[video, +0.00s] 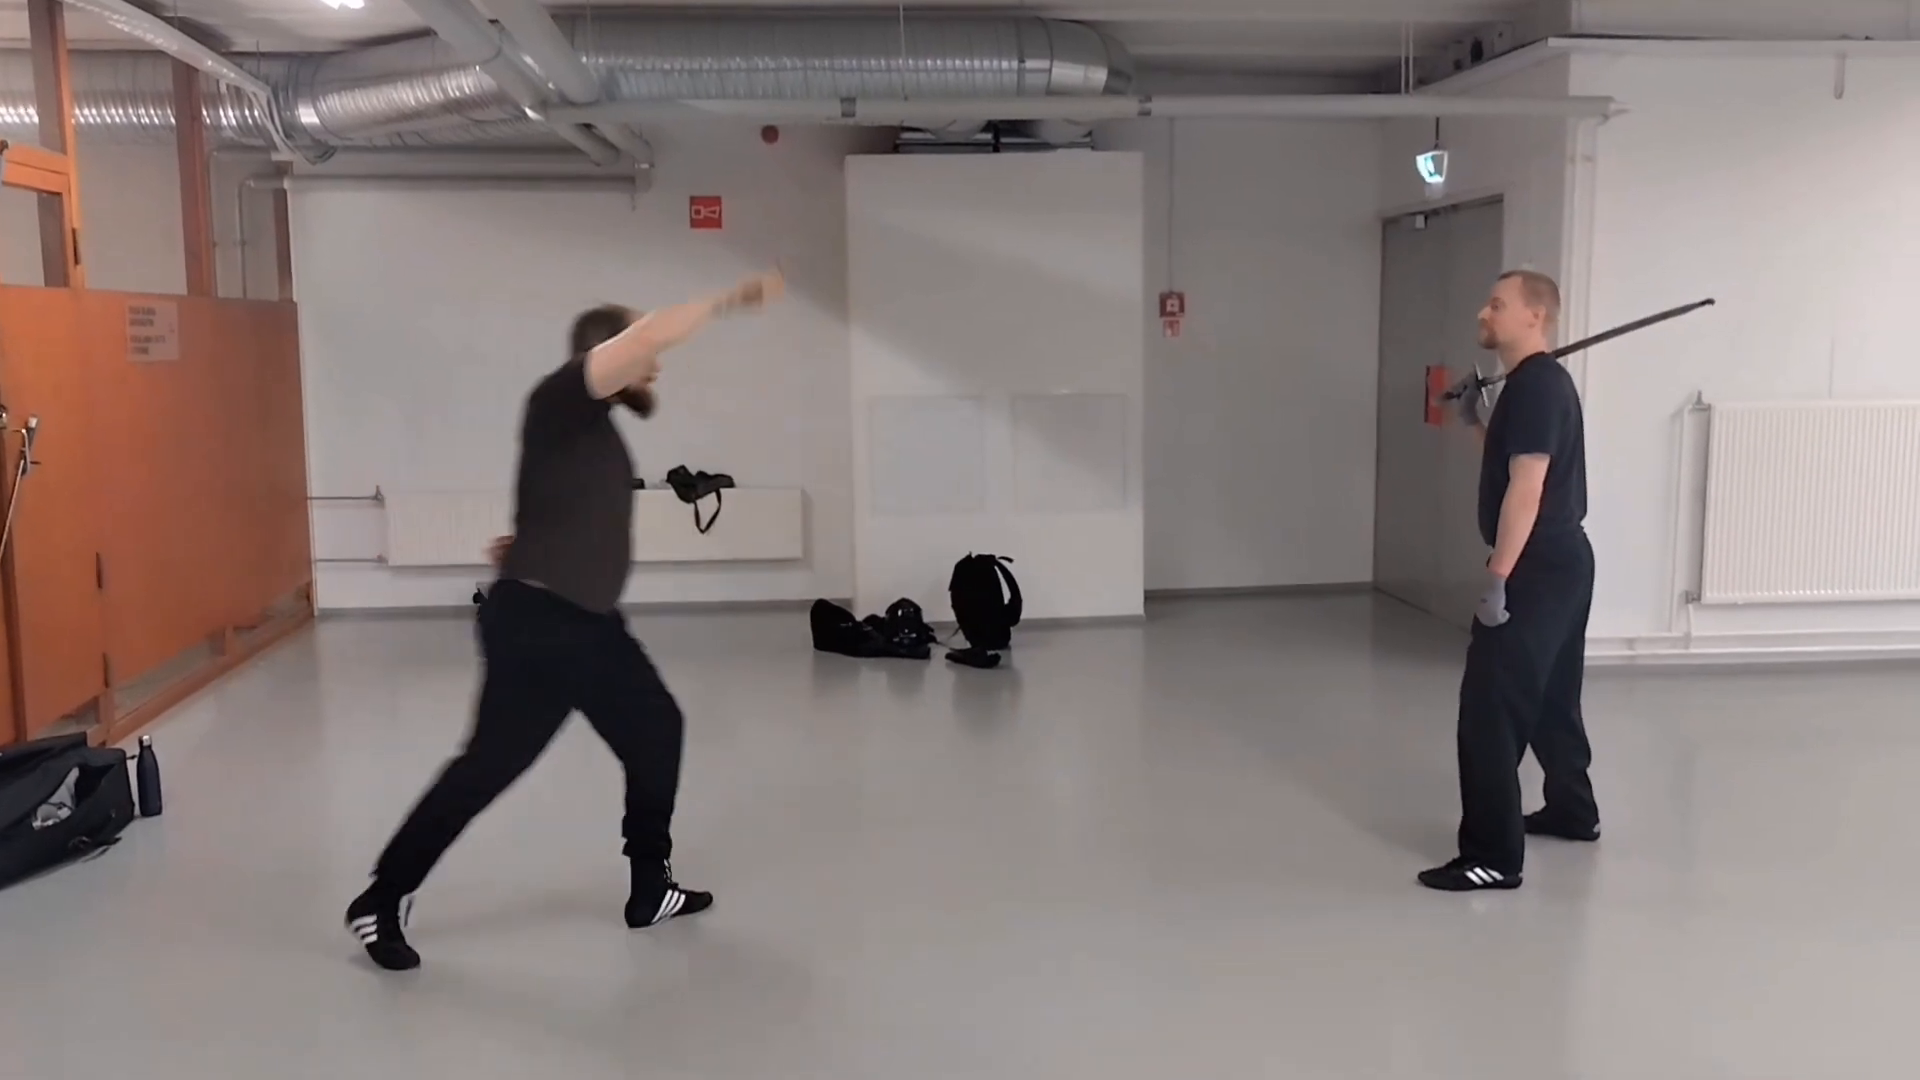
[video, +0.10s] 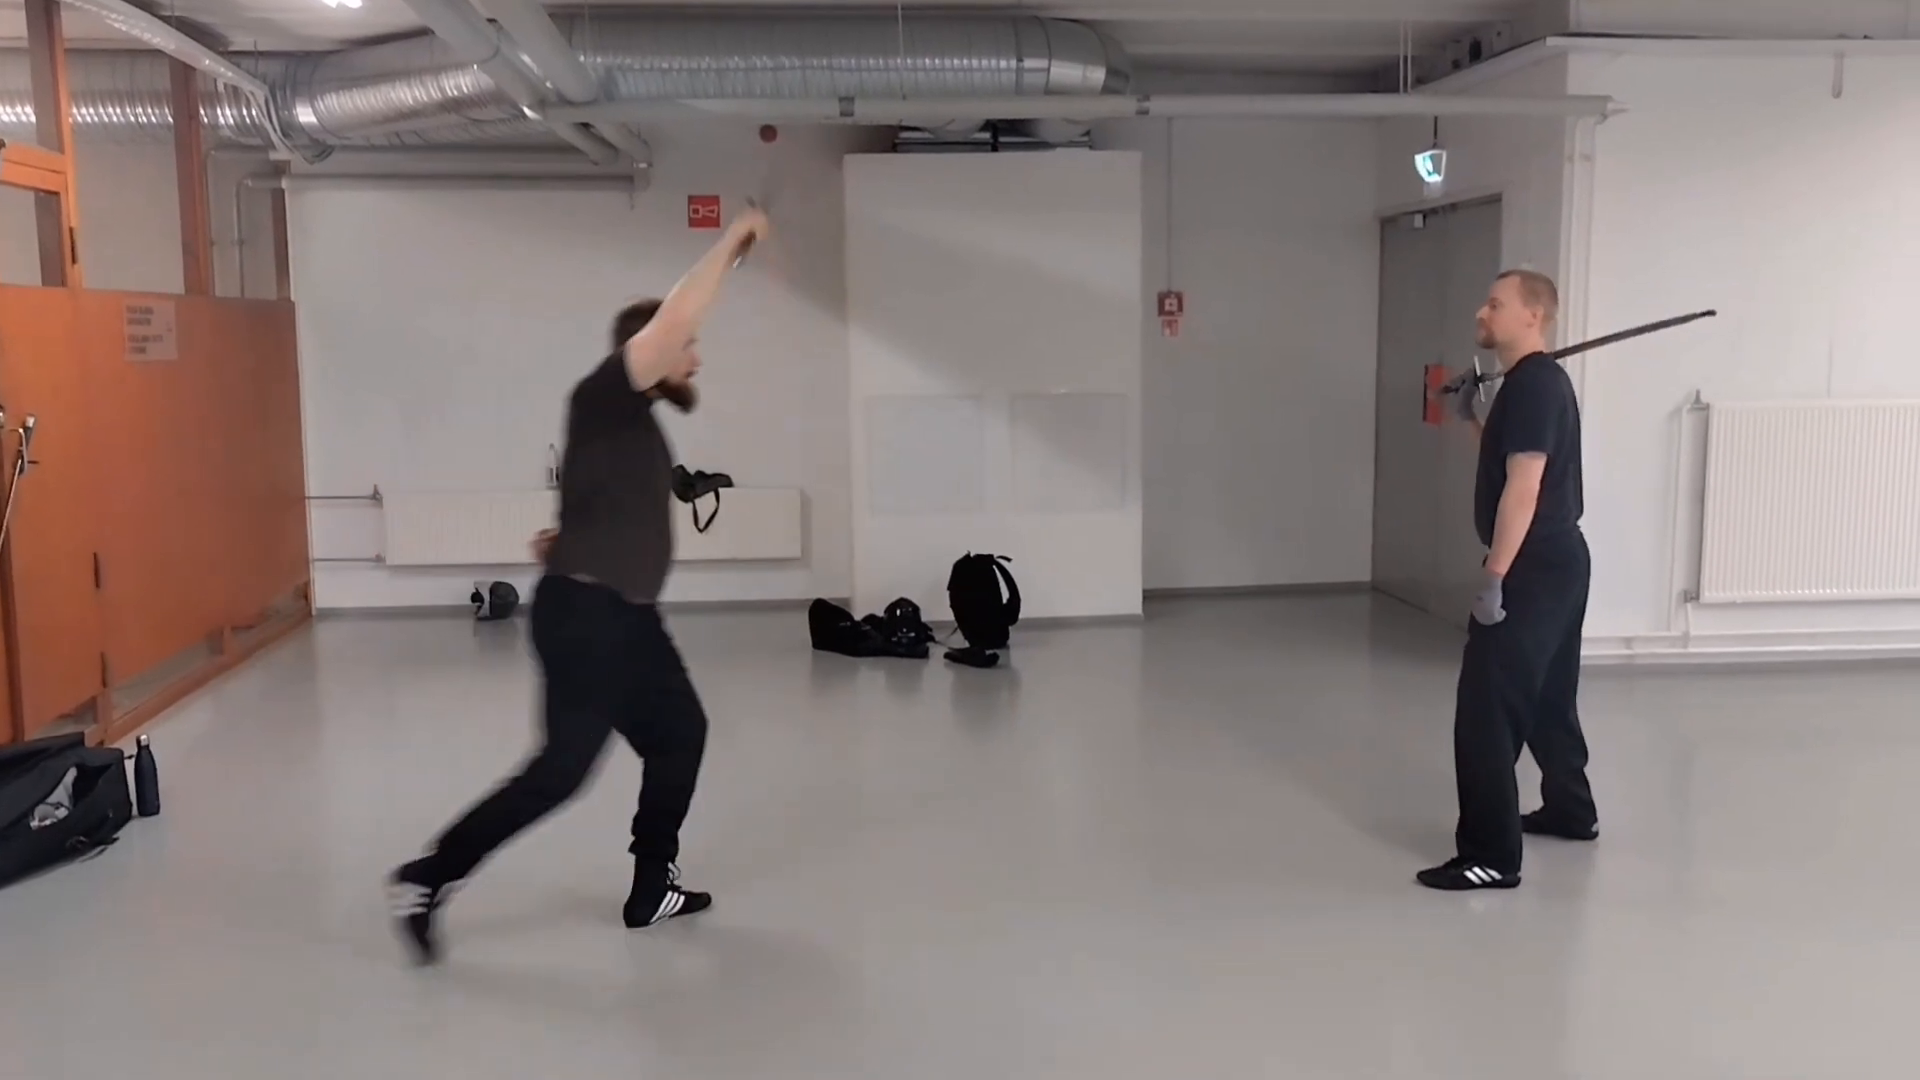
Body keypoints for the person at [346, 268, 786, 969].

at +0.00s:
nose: (656, 362)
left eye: (655, 350)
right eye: (645, 347)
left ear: (611, 355)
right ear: (607, 348)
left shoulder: (601, 432)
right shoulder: (560, 401)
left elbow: (588, 521)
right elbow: (643, 337)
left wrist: (526, 544)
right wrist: (724, 299)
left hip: (588, 625)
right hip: (533, 618)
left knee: (656, 734)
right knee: (491, 763)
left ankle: (650, 889)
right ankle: (379, 901)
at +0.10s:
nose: (695, 355)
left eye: (692, 341)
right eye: (682, 342)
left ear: (666, 350)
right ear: (649, 345)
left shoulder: (637, 420)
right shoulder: (604, 398)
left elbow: (625, 515)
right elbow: (675, 322)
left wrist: (568, 539)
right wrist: (732, 241)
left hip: (623, 614)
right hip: (581, 612)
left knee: (680, 735)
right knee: (565, 765)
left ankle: (652, 888)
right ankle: (427, 876)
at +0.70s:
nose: (895, 345)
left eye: (891, 333)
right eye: (888, 334)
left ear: (833, 352)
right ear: (862, 346)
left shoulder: (790, 420)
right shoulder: (893, 413)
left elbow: (741, 511)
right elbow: (1002, 417)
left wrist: (771, 544)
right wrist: (1067, 352)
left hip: (786, 616)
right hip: (865, 614)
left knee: (753, 749)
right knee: (947, 731)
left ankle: (659, 879)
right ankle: (976, 888)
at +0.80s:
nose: (927, 336)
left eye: (923, 325)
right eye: (920, 327)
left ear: (863, 343)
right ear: (899, 339)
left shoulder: (821, 410)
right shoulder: (929, 407)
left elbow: (766, 498)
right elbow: (1042, 412)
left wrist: (798, 531)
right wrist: (1115, 369)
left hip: (808, 607)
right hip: (884, 606)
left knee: (774, 738)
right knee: (965, 728)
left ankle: (680, 872)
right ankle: (978, 885)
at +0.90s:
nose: (948, 327)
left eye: (943, 315)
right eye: (940, 316)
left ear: (883, 333)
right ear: (915, 329)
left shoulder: (835, 401)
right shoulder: (945, 401)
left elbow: (783, 487)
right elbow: (1047, 433)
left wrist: (809, 519)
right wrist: (1122, 408)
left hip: (819, 595)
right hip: (895, 594)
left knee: (789, 729)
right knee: (967, 721)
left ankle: (698, 867)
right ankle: (980, 886)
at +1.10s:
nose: (937, 319)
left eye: (932, 307)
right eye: (928, 308)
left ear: (875, 330)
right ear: (900, 324)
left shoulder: (834, 401)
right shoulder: (934, 399)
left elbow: (791, 491)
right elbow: (1031, 466)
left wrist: (807, 519)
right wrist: (1116, 450)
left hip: (824, 594)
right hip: (899, 590)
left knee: (798, 729)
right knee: (972, 721)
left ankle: (699, 854)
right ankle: (980, 880)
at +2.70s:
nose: (790, 323)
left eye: (789, 310)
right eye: (783, 310)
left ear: (724, 318)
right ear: (749, 317)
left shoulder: (672, 385)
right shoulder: (754, 388)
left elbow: (635, 470)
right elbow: (852, 455)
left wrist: (636, 503)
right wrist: (929, 422)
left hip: (665, 577)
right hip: (721, 578)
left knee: (710, 724)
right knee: (821, 706)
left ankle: (652, 865)